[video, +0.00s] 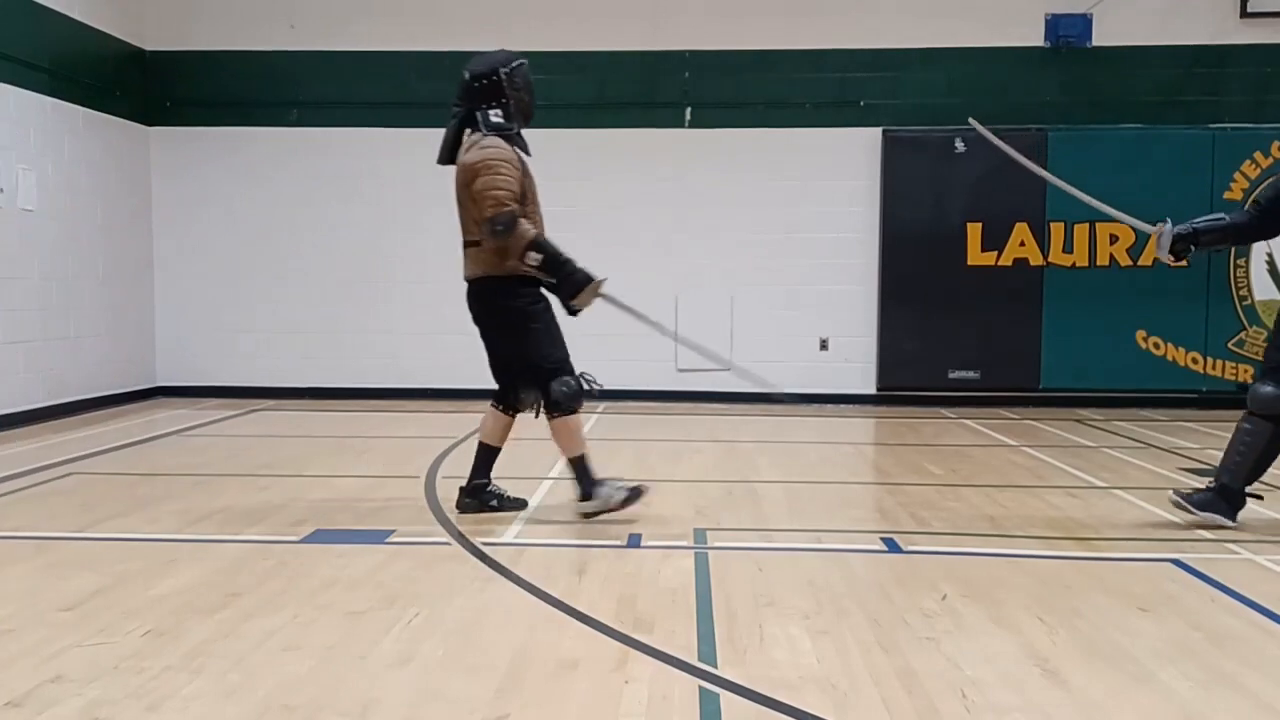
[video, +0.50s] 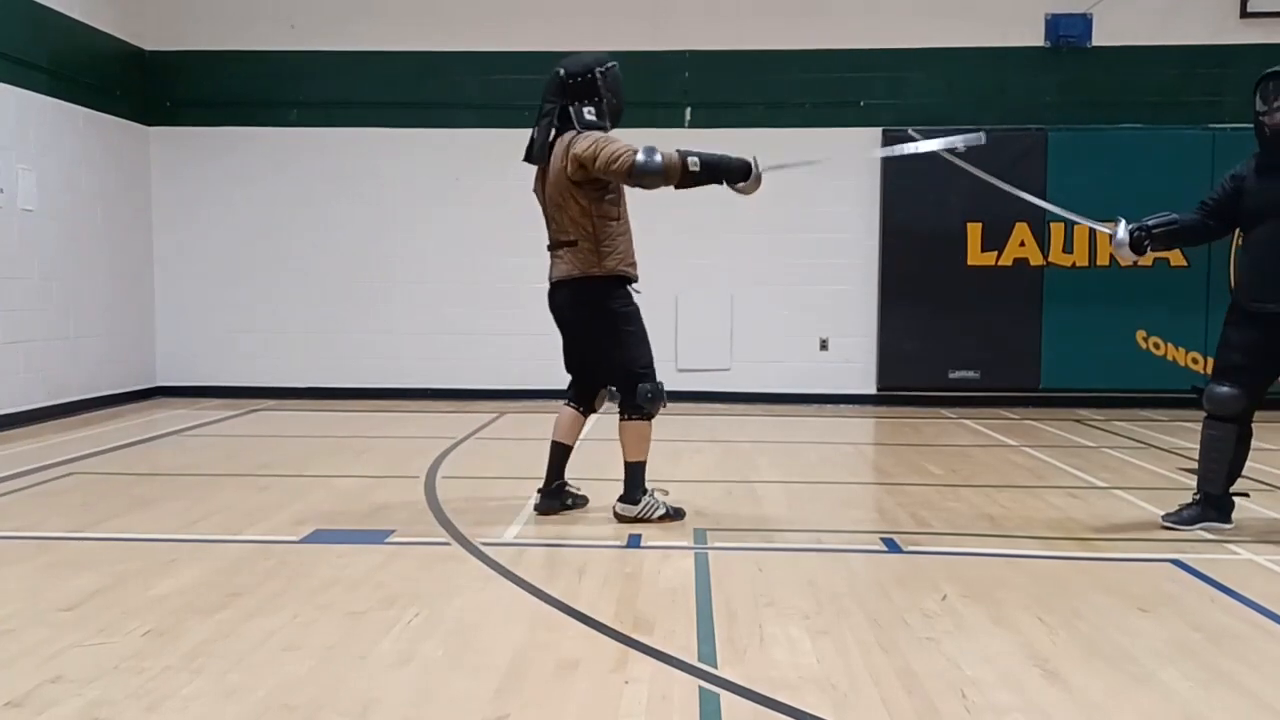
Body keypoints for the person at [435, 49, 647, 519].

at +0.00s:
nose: (529, 96)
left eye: (526, 87)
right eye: (522, 88)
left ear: (484, 96)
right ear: (503, 93)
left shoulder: (492, 147)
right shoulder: (491, 151)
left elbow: (513, 230)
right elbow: (502, 223)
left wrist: (560, 278)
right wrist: (561, 267)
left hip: (497, 288)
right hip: (507, 288)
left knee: (515, 389)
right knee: (559, 385)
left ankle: (476, 487)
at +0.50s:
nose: (616, 98)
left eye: (613, 89)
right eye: (610, 90)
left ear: (566, 97)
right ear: (593, 96)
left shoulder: (554, 146)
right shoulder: (586, 143)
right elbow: (648, 166)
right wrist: (723, 167)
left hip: (570, 290)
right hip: (602, 288)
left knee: (586, 383)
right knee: (640, 390)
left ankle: (552, 488)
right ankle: (634, 496)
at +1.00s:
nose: (632, 105)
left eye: (629, 96)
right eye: (626, 97)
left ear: (582, 107)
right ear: (612, 105)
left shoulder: (578, 161)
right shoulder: (608, 162)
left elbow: (633, 232)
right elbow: (647, 228)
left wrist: (706, 241)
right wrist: (718, 236)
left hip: (590, 299)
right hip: (619, 299)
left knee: (600, 393)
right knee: (678, 390)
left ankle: (553, 487)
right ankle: (678, 494)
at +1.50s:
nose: (660, 101)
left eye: (655, 92)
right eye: (652, 93)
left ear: (608, 103)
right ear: (638, 101)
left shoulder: (597, 154)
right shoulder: (641, 157)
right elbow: (698, 219)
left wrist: (731, 224)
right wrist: (767, 223)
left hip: (607, 297)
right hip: (642, 298)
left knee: (597, 394)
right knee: (699, 388)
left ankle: (551, 488)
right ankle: (708, 494)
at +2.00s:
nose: (758, 130)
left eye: (756, 120)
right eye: (753, 122)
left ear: (703, 124)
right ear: (738, 125)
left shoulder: (673, 172)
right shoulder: (743, 173)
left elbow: (651, 249)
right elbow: (818, 203)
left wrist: (660, 300)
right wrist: (879, 209)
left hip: (656, 311)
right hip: (703, 316)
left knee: (618, 398)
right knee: (770, 392)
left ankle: (556, 486)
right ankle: (785, 499)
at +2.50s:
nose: (685, 112)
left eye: (682, 103)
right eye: (678, 104)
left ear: (632, 111)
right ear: (664, 110)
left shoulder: (620, 162)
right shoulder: (655, 167)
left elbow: (635, 243)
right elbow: (663, 243)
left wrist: (721, 257)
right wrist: (731, 256)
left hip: (615, 304)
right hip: (648, 305)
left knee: (609, 397)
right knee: (717, 383)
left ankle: (554, 486)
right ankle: (698, 492)